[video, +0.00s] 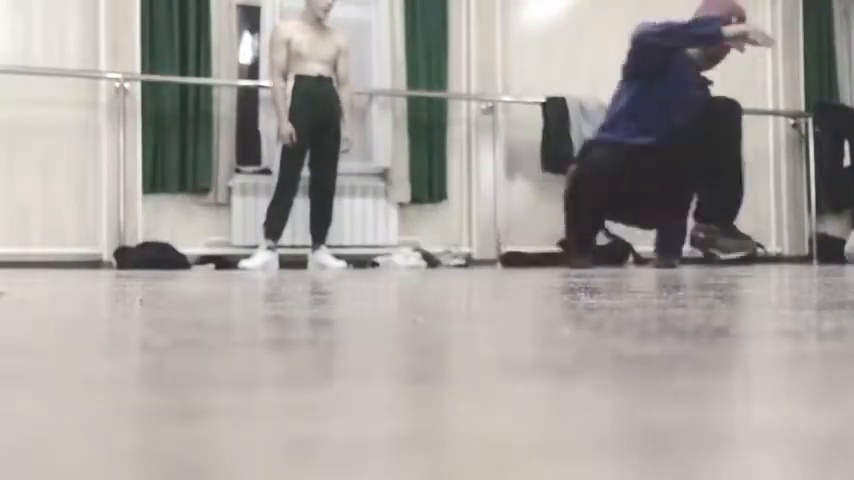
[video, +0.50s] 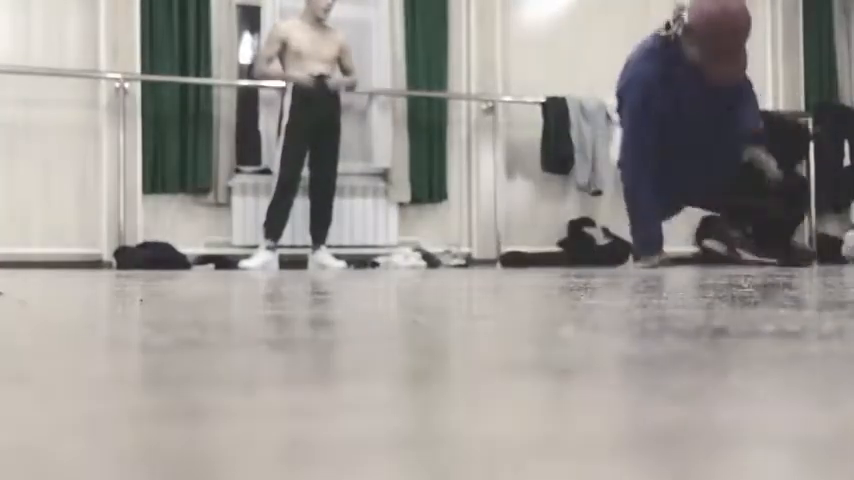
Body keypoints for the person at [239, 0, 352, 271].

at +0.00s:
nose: (328, 5)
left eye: (331, 2)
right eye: (324, 0)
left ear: (331, 6)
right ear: (309, 1)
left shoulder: (336, 39)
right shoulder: (285, 31)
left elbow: (343, 84)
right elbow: (277, 78)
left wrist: (345, 128)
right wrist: (283, 120)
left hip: (328, 100)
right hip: (299, 97)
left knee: (325, 180)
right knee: (288, 177)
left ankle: (319, 250)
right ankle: (268, 248)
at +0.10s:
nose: (328, 5)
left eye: (331, 2)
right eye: (324, 0)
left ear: (331, 6)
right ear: (310, 1)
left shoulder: (336, 39)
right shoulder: (285, 31)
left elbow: (343, 83)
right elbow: (276, 77)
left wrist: (346, 123)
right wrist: (283, 115)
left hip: (328, 99)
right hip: (299, 95)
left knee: (325, 179)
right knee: (288, 177)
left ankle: (319, 250)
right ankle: (268, 248)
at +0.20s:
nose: (329, 5)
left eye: (332, 2)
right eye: (324, 0)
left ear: (331, 6)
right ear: (310, 2)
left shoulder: (336, 38)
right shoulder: (285, 30)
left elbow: (344, 81)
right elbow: (272, 74)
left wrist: (342, 110)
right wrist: (286, 109)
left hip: (328, 98)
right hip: (299, 94)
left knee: (324, 181)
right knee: (288, 178)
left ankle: (319, 251)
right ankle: (268, 249)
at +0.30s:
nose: (329, 5)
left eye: (332, 2)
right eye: (325, 0)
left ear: (331, 6)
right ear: (310, 1)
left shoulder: (335, 38)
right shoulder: (284, 30)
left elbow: (349, 76)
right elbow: (267, 72)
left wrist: (343, 99)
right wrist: (287, 95)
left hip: (328, 97)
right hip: (298, 94)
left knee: (324, 179)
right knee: (288, 177)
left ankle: (319, 251)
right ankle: (268, 249)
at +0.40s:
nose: (329, 5)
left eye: (332, 2)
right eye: (324, 0)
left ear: (332, 6)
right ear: (310, 1)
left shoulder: (335, 38)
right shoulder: (284, 30)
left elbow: (352, 78)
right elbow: (264, 72)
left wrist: (339, 88)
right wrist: (292, 86)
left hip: (328, 107)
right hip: (299, 106)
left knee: (324, 180)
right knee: (288, 178)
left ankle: (319, 251)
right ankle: (269, 250)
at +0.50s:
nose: (329, 5)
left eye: (332, 2)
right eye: (324, 0)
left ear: (332, 6)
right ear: (310, 1)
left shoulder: (336, 38)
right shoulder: (284, 30)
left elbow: (353, 78)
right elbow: (261, 68)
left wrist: (336, 81)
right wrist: (296, 77)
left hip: (328, 108)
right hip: (299, 107)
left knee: (324, 180)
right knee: (288, 177)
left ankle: (319, 251)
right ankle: (269, 249)